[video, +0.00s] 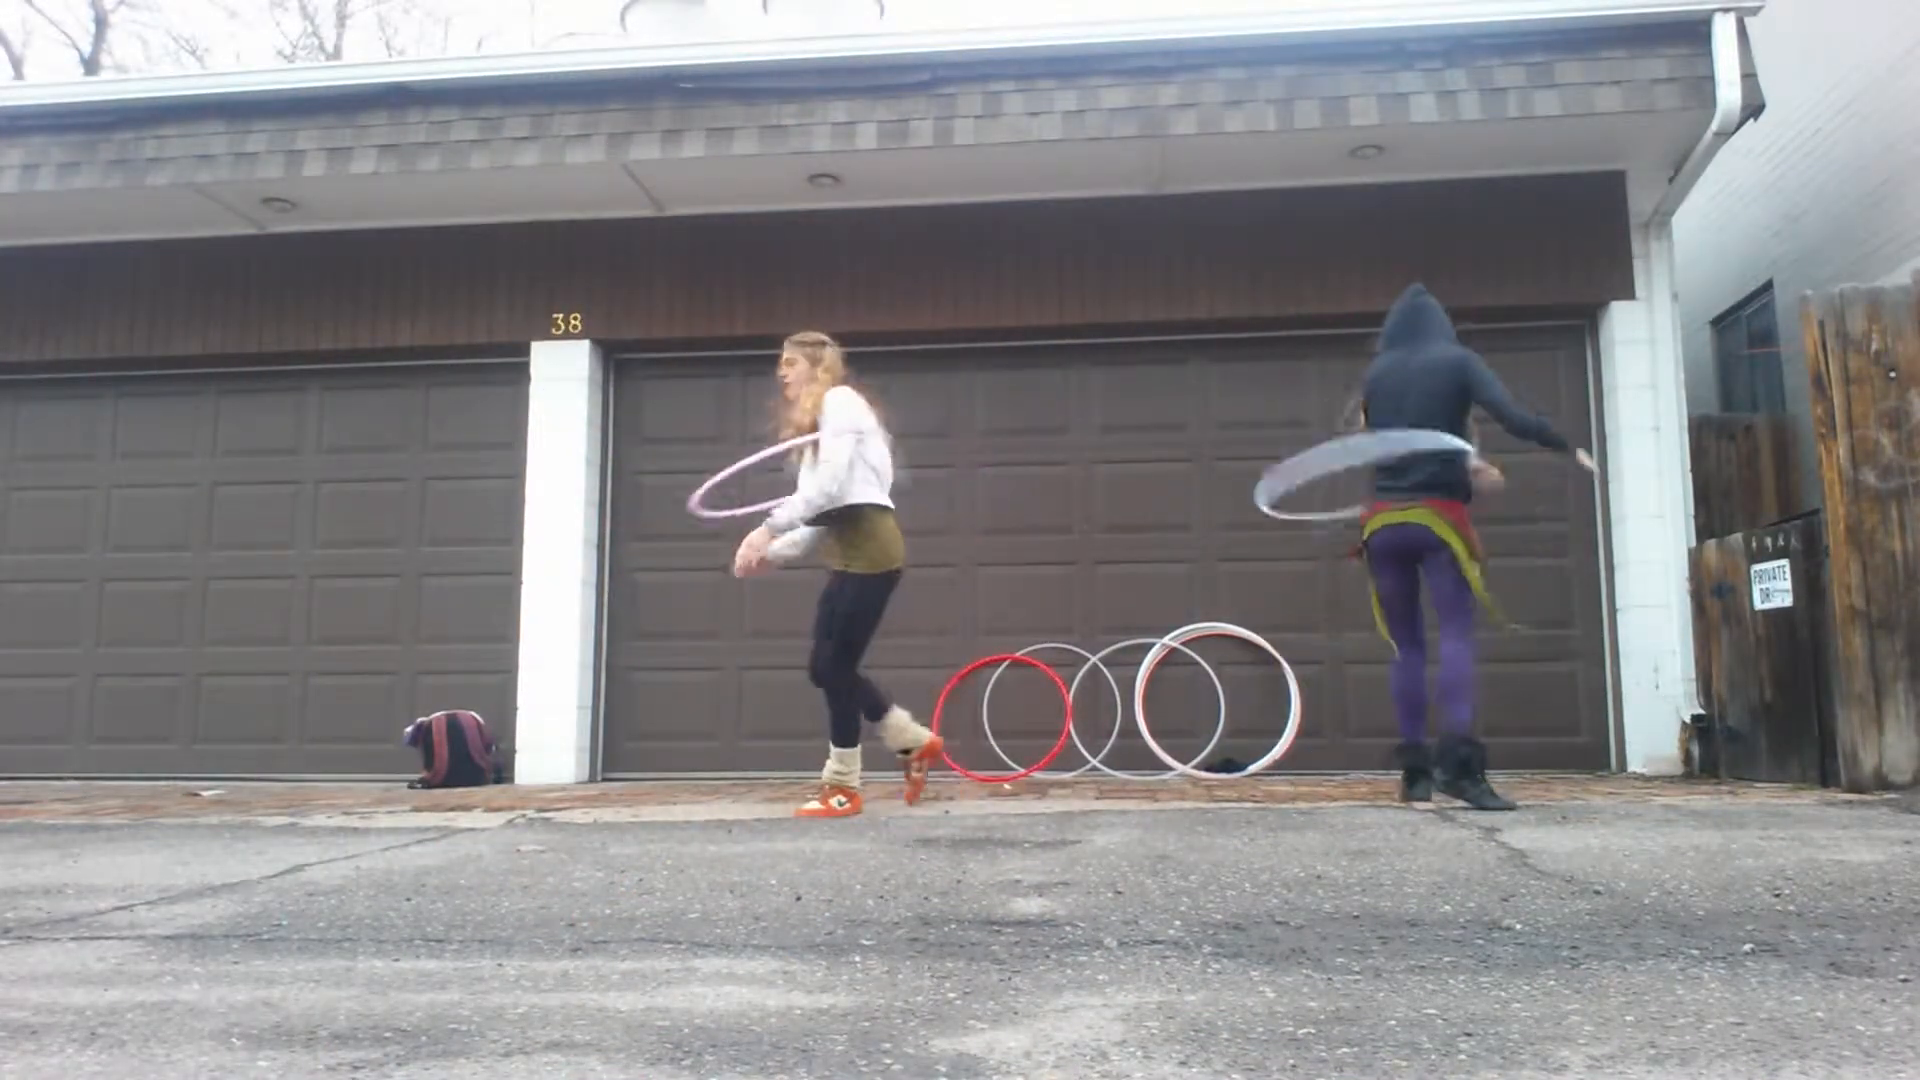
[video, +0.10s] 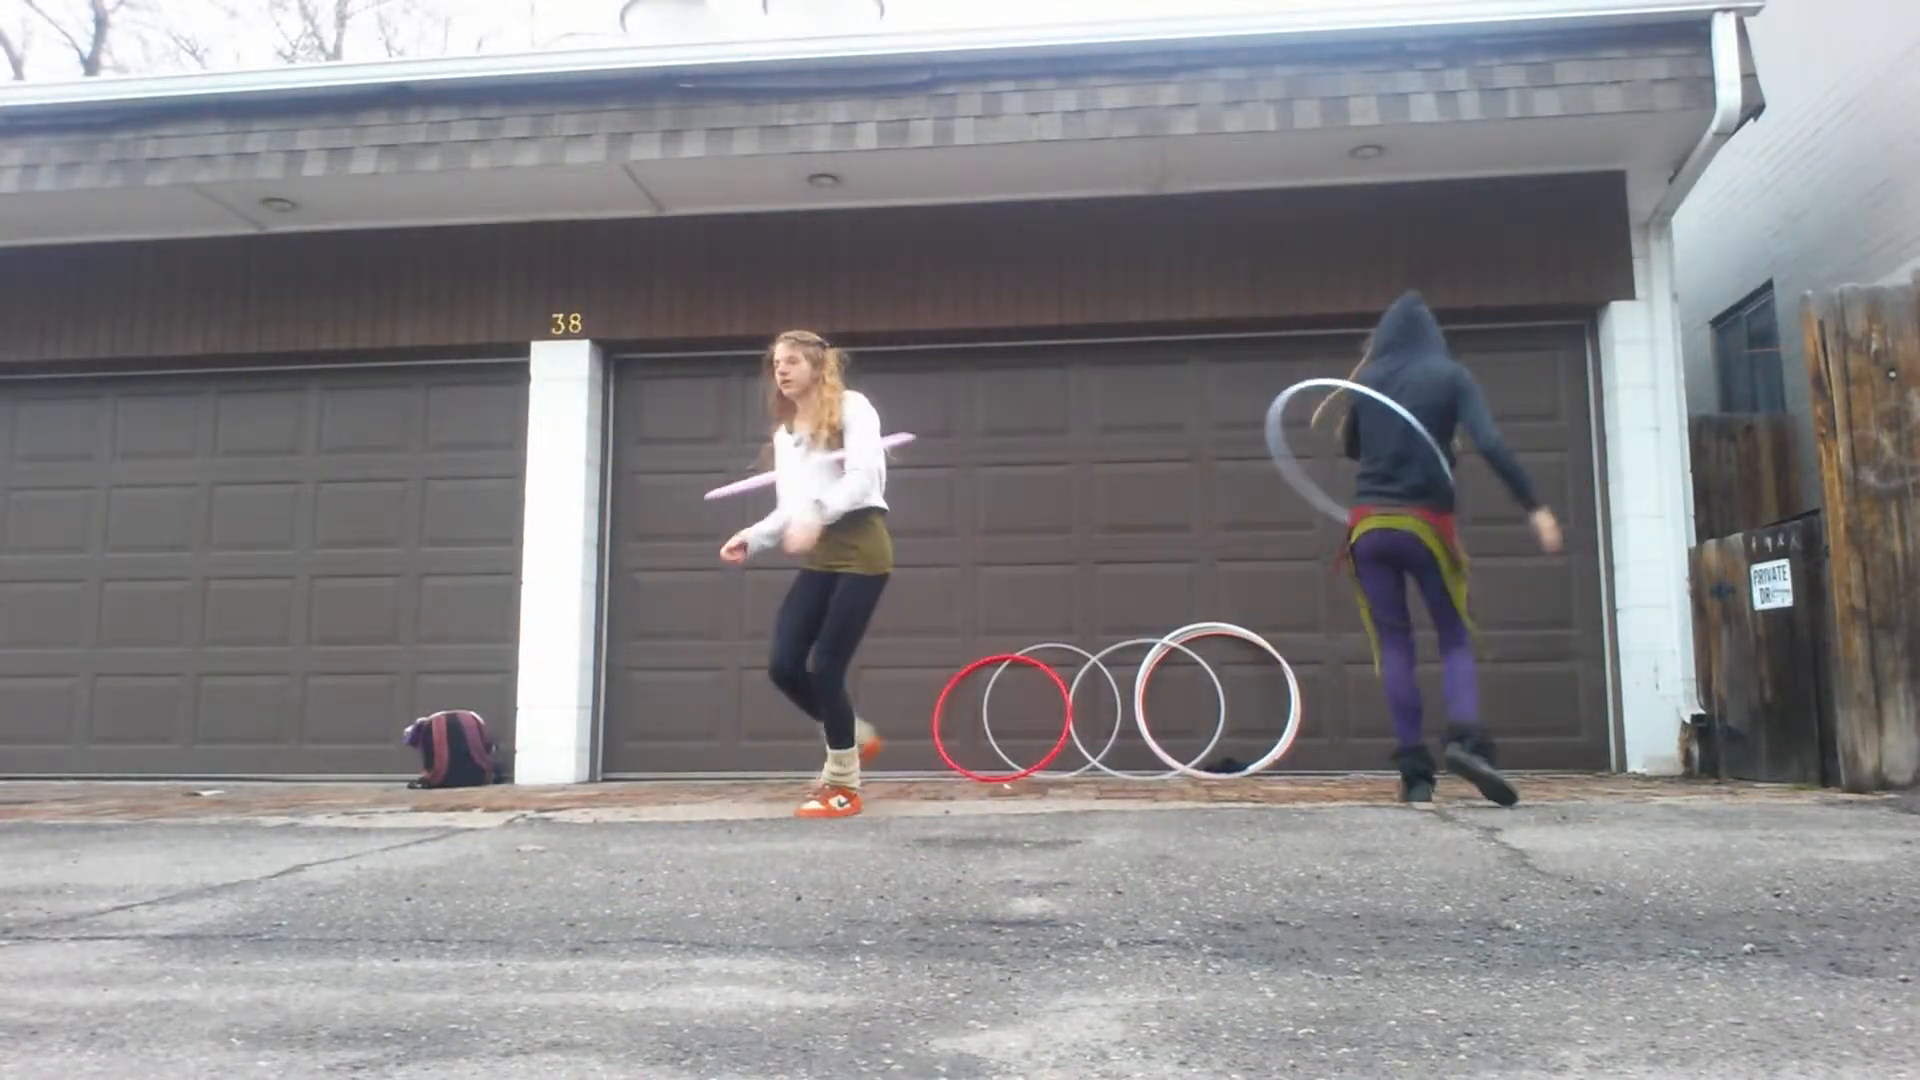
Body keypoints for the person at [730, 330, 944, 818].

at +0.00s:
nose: (783, 374)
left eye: (791, 365)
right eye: (782, 366)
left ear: (819, 366)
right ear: (799, 373)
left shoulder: (839, 402)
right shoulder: (826, 417)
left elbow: (830, 481)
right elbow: (822, 518)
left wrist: (766, 528)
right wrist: (771, 552)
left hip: (871, 550)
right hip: (851, 551)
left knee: (835, 667)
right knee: (827, 666)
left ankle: (842, 788)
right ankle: (915, 741)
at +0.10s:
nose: (782, 371)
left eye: (791, 362)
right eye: (777, 365)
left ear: (817, 366)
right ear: (773, 374)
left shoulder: (852, 407)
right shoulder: (786, 434)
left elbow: (866, 478)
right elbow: (792, 505)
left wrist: (818, 516)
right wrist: (751, 537)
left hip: (863, 549)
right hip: (821, 552)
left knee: (825, 665)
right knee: (785, 668)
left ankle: (842, 787)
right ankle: (858, 735)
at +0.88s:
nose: (735, 344)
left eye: (738, 335)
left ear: (746, 335)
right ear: (798, 326)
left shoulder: (745, 384)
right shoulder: (837, 366)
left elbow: (748, 472)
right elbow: (872, 434)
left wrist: (700, 504)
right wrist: (846, 474)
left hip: (779, 518)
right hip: (833, 515)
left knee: (768, 645)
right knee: (808, 646)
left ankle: (749, 780)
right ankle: (852, 774)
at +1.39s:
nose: (768, 349)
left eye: (774, 337)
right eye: (755, 344)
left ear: (793, 337)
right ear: (746, 357)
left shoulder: (847, 376)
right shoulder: (751, 420)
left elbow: (889, 439)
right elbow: (764, 491)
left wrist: (928, 486)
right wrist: (780, 541)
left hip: (858, 536)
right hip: (800, 542)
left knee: (850, 655)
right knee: (793, 668)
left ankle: (843, 774)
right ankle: (837, 762)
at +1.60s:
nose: (822, 320)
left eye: (826, 310)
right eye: (808, 313)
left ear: (836, 318)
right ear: (784, 326)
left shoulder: (847, 382)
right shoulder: (770, 381)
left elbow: (864, 461)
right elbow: (774, 462)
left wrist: (915, 431)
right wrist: (847, 461)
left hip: (859, 531)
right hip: (806, 530)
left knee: (867, 662)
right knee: (828, 669)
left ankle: (846, 797)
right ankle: (799, 760)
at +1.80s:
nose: (840, 313)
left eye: (843, 305)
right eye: (828, 305)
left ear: (846, 316)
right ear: (798, 316)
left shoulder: (838, 379)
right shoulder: (791, 370)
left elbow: (844, 456)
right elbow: (818, 457)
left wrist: (871, 419)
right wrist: (907, 478)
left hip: (852, 530)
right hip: (804, 526)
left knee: (877, 660)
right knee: (795, 665)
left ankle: (845, 799)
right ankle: (750, 797)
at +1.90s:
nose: (851, 312)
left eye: (854, 303)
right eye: (838, 303)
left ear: (857, 314)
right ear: (808, 314)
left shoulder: (845, 380)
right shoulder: (797, 373)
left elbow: (846, 444)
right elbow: (817, 460)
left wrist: (883, 417)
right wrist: (902, 494)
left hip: (853, 529)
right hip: (802, 525)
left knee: (876, 661)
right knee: (791, 666)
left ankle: (846, 800)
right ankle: (749, 799)